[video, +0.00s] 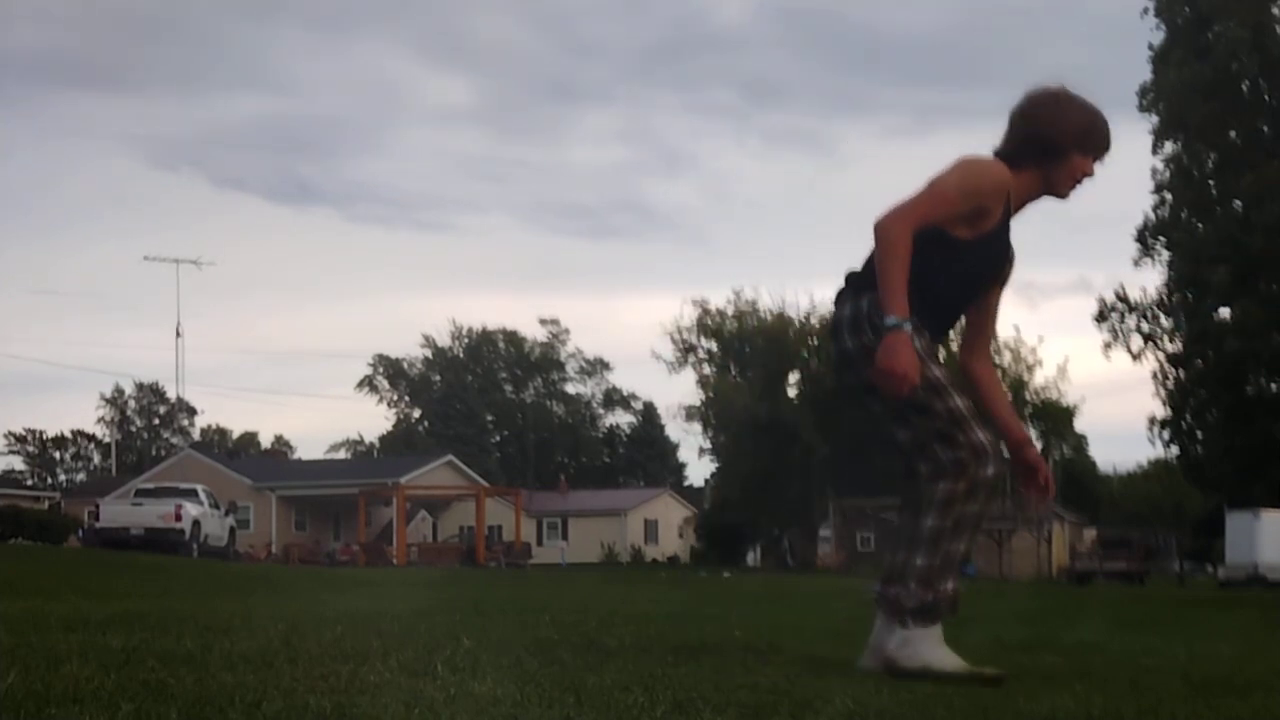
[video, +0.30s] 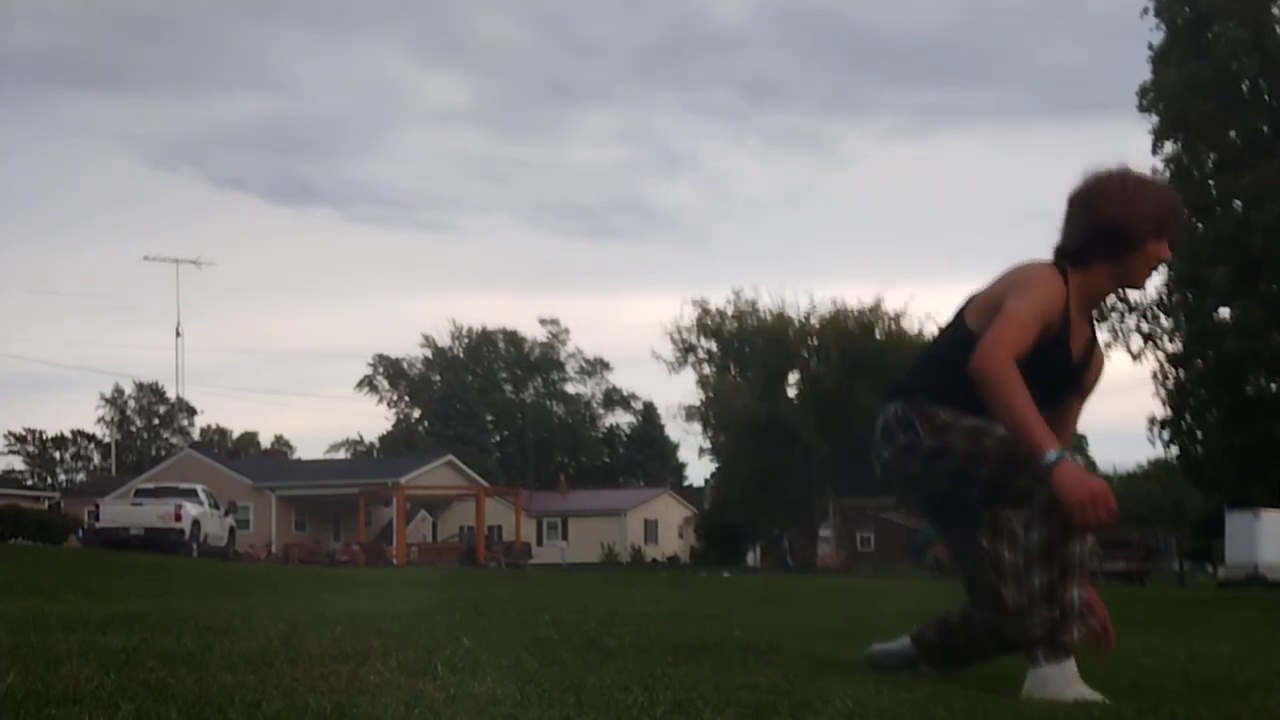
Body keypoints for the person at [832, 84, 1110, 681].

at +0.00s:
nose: (1092, 170)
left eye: (1096, 159)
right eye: (1088, 155)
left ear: (1059, 155)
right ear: (1053, 145)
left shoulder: (999, 252)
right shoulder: (986, 177)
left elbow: (976, 354)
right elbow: (893, 225)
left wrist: (1020, 441)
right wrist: (896, 328)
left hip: (902, 336)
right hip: (876, 322)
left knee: (963, 461)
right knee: (968, 455)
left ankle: (897, 627)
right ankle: (912, 629)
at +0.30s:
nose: (1166, 254)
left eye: (1166, 240)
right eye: (1158, 238)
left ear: (1131, 245)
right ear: (1120, 237)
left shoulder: (1088, 356)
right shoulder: (1042, 285)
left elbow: (1050, 458)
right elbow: (990, 362)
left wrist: (1071, 581)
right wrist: (1057, 462)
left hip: (969, 458)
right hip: (915, 433)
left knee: (1012, 616)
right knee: (1053, 477)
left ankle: (904, 653)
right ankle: (1051, 667)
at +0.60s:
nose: (1233, 277)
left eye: (1233, 264)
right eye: (1225, 262)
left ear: (1188, 261)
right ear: (1185, 259)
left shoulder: (1151, 362)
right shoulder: (1089, 303)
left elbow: (1088, 459)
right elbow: (1120, 423)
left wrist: (1107, 567)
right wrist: (1217, 520)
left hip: (1024, 480)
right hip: (959, 452)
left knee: (1020, 656)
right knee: (1074, 459)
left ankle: (926, 648)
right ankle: (1054, 670)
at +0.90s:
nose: (1257, 298)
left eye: (1260, 287)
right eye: (1255, 285)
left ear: (1189, 263)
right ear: (1227, 281)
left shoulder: (1146, 301)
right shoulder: (1168, 320)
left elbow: (1048, 357)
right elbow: (1150, 430)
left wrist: (1105, 412)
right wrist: (1161, 549)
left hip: (988, 377)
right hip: (984, 376)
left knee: (1071, 510)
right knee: (1071, 504)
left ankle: (998, 651)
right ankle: (1060, 668)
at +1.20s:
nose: (1275, 259)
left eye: (1277, 247)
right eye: (1273, 245)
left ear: (1214, 224)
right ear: (1246, 241)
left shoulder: (1156, 256)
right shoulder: (1183, 266)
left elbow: (1105, 355)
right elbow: (1125, 352)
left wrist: (1166, 394)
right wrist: (1190, 431)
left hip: (1014, 355)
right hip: (1048, 353)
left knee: (1074, 511)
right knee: (1149, 472)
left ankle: (997, 644)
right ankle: (1103, 625)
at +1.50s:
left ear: (1247, 219)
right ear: (1272, 233)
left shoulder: (1215, 264)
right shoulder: (1239, 277)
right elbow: (1207, 392)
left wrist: (1224, 392)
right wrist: (1267, 470)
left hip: (1095, 391)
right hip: (1124, 393)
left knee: (1159, 519)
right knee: (1236, 503)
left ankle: (1043, 605)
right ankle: (1216, 664)